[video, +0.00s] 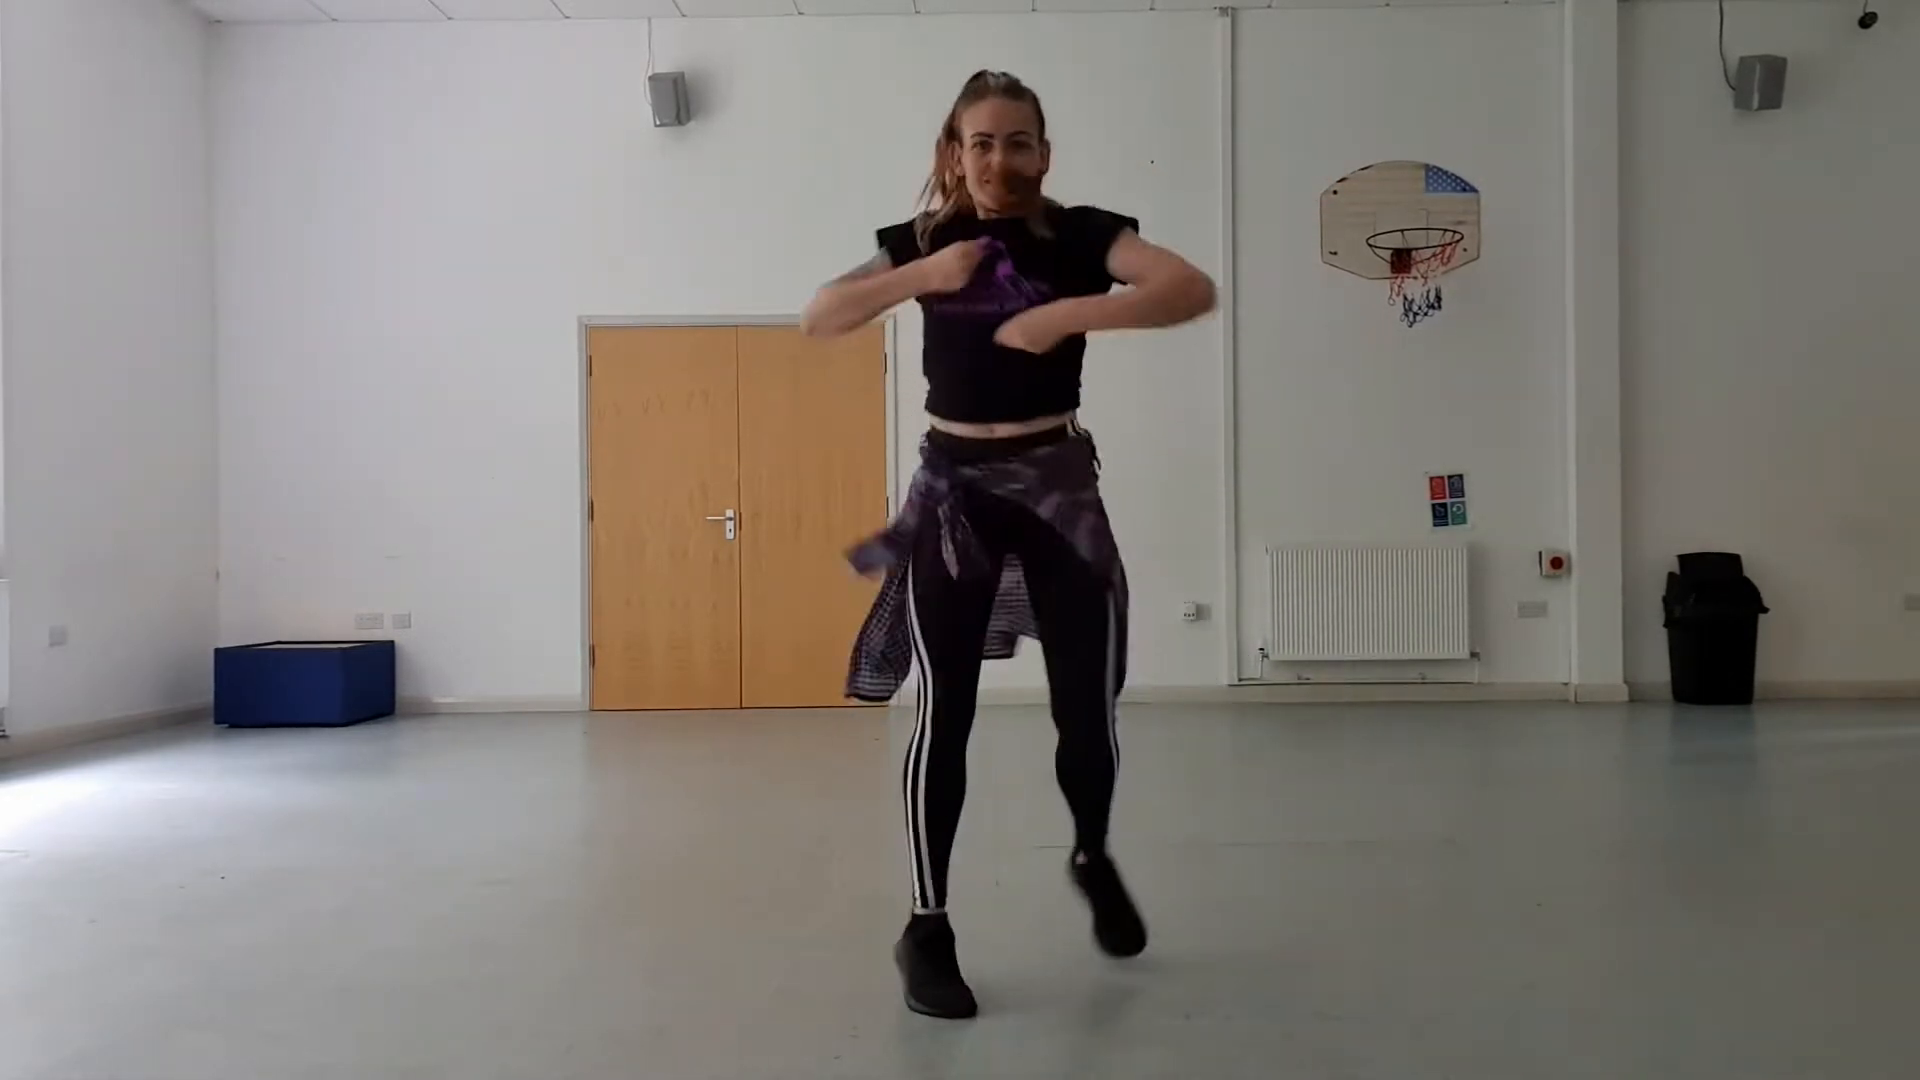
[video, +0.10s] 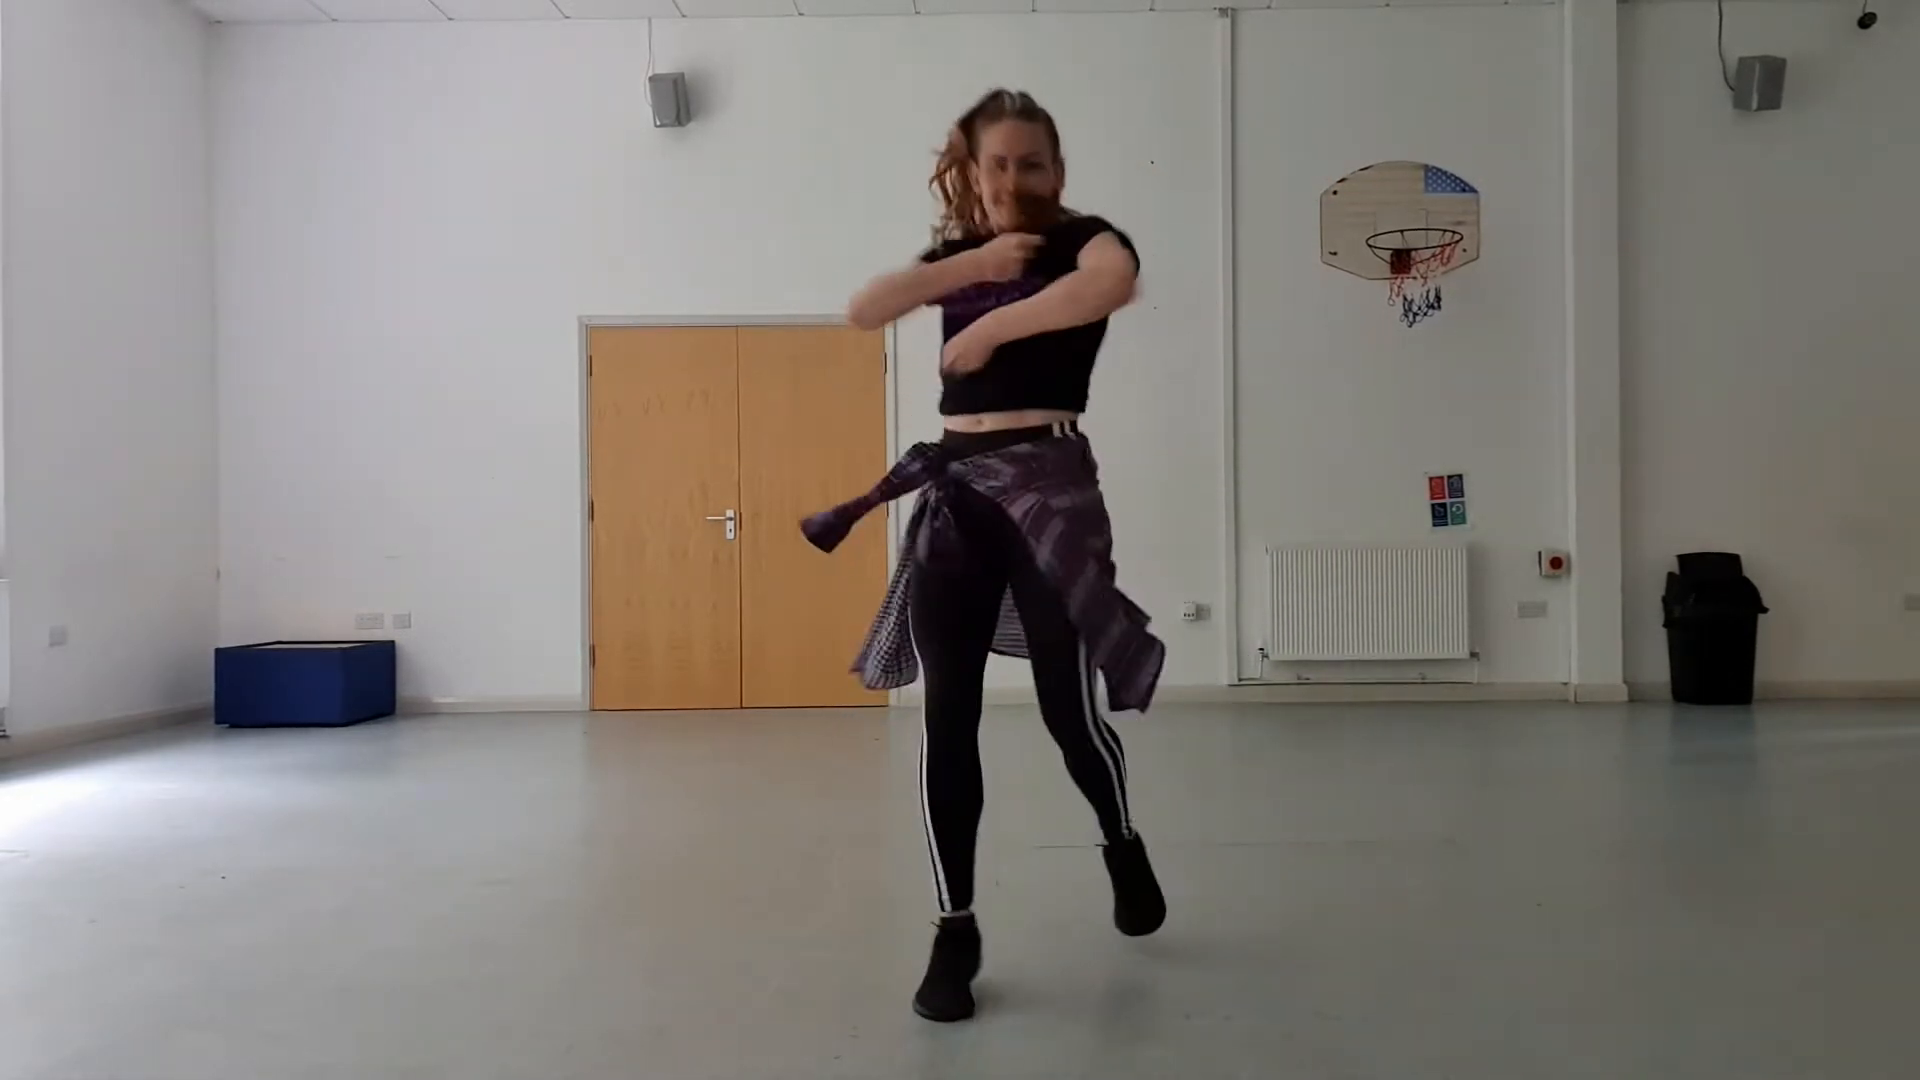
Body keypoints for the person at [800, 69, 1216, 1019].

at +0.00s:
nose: (999, 159)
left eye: (1017, 142)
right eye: (981, 142)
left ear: (1043, 150)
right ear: (952, 152)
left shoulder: (1080, 233)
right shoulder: (922, 244)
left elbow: (1193, 290)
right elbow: (819, 320)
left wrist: (1069, 315)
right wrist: (927, 272)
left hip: (1059, 481)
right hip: (954, 485)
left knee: (1090, 717)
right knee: (945, 715)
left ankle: (1093, 858)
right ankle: (928, 925)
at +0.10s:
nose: (1014, 183)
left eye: (1030, 166)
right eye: (997, 166)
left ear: (1055, 168)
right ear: (963, 174)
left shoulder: (1084, 240)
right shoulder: (947, 261)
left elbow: (1109, 286)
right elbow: (862, 311)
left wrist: (991, 331)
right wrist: (974, 264)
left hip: (1048, 482)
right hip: (955, 484)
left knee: (1069, 714)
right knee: (947, 717)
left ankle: (1120, 844)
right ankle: (954, 927)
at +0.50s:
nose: (1074, 283)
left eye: (1089, 270)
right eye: (1059, 270)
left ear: (1109, 281)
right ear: (1034, 282)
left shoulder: (1126, 350)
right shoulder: (1008, 340)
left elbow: (1164, 358)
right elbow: (964, 326)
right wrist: (917, 291)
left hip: (1122, 552)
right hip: (1031, 554)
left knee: (1130, 731)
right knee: (1001, 694)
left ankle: (1121, 883)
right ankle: (968, 848)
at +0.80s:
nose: (1068, 297)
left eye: (1083, 283)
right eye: (1052, 286)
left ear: (1108, 294)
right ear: (1032, 299)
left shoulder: (1128, 369)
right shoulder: (1003, 353)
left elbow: (1248, 347)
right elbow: (893, 353)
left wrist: (1365, 309)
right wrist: (786, 342)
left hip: (1098, 553)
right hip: (1021, 556)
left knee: (1130, 716)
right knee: (1065, 735)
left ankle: (1128, 881)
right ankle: (1025, 839)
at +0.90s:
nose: (1050, 283)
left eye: (1065, 269)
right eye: (1038, 271)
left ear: (1095, 283)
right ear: (1023, 285)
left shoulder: (1123, 353)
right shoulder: (995, 344)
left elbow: (1243, 348)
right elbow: (882, 354)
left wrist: (1356, 324)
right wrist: (774, 345)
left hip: (1081, 535)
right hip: (1002, 535)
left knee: (1122, 689)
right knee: (1038, 701)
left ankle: (1131, 859)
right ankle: (1018, 851)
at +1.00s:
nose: (1043, 272)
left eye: (1058, 260)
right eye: (1030, 261)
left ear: (1082, 272)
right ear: (1012, 277)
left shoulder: (1118, 346)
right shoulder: (988, 345)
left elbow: (1230, 356)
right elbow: (883, 357)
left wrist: (1328, 347)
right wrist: (786, 349)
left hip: (1078, 529)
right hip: (998, 526)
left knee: (1112, 680)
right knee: (1011, 684)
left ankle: (1099, 809)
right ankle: (1017, 843)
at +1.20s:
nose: (1036, 277)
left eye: (1050, 268)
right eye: (1024, 270)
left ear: (1072, 288)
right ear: (1009, 290)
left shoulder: (1099, 356)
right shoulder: (987, 357)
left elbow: (1189, 395)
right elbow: (895, 395)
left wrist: (1275, 410)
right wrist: (807, 411)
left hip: (1073, 534)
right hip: (1000, 533)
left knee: (1063, 692)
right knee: (1009, 689)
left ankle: (1064, 784)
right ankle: (1012, 842)